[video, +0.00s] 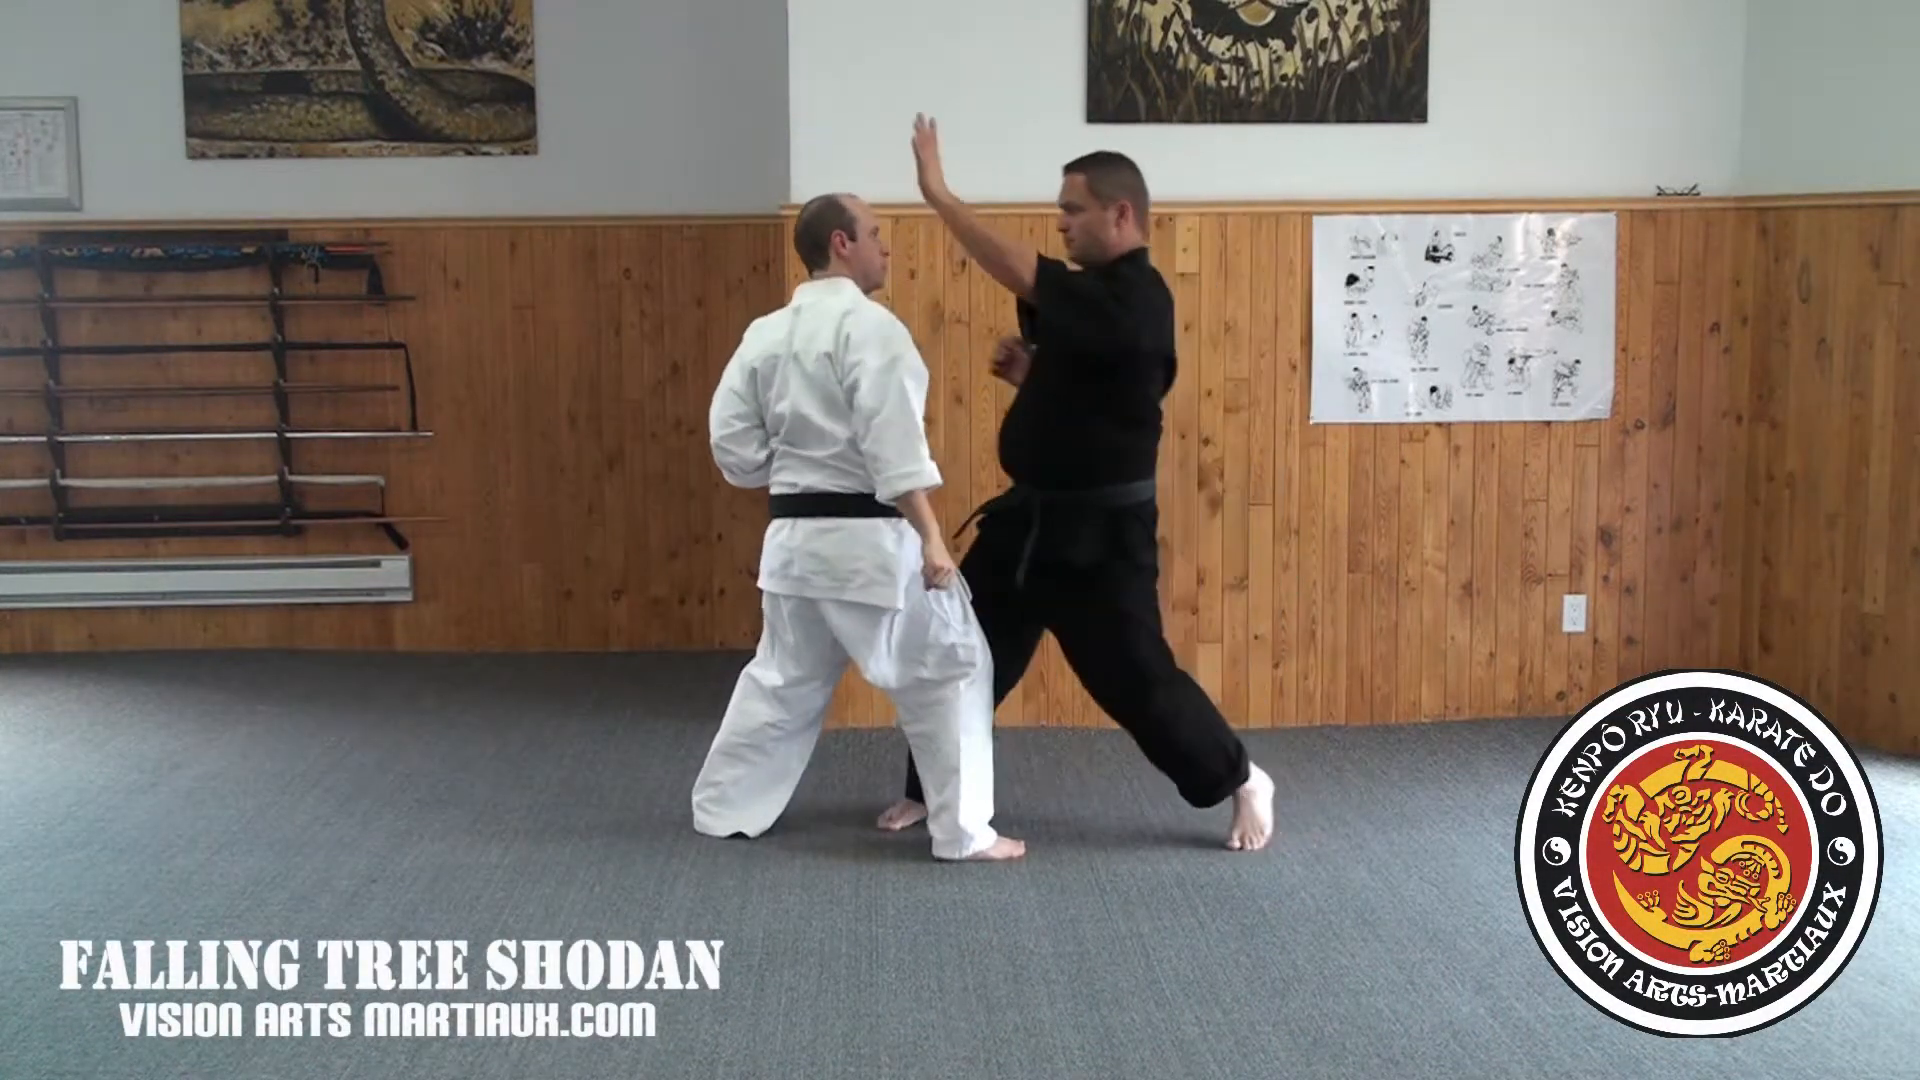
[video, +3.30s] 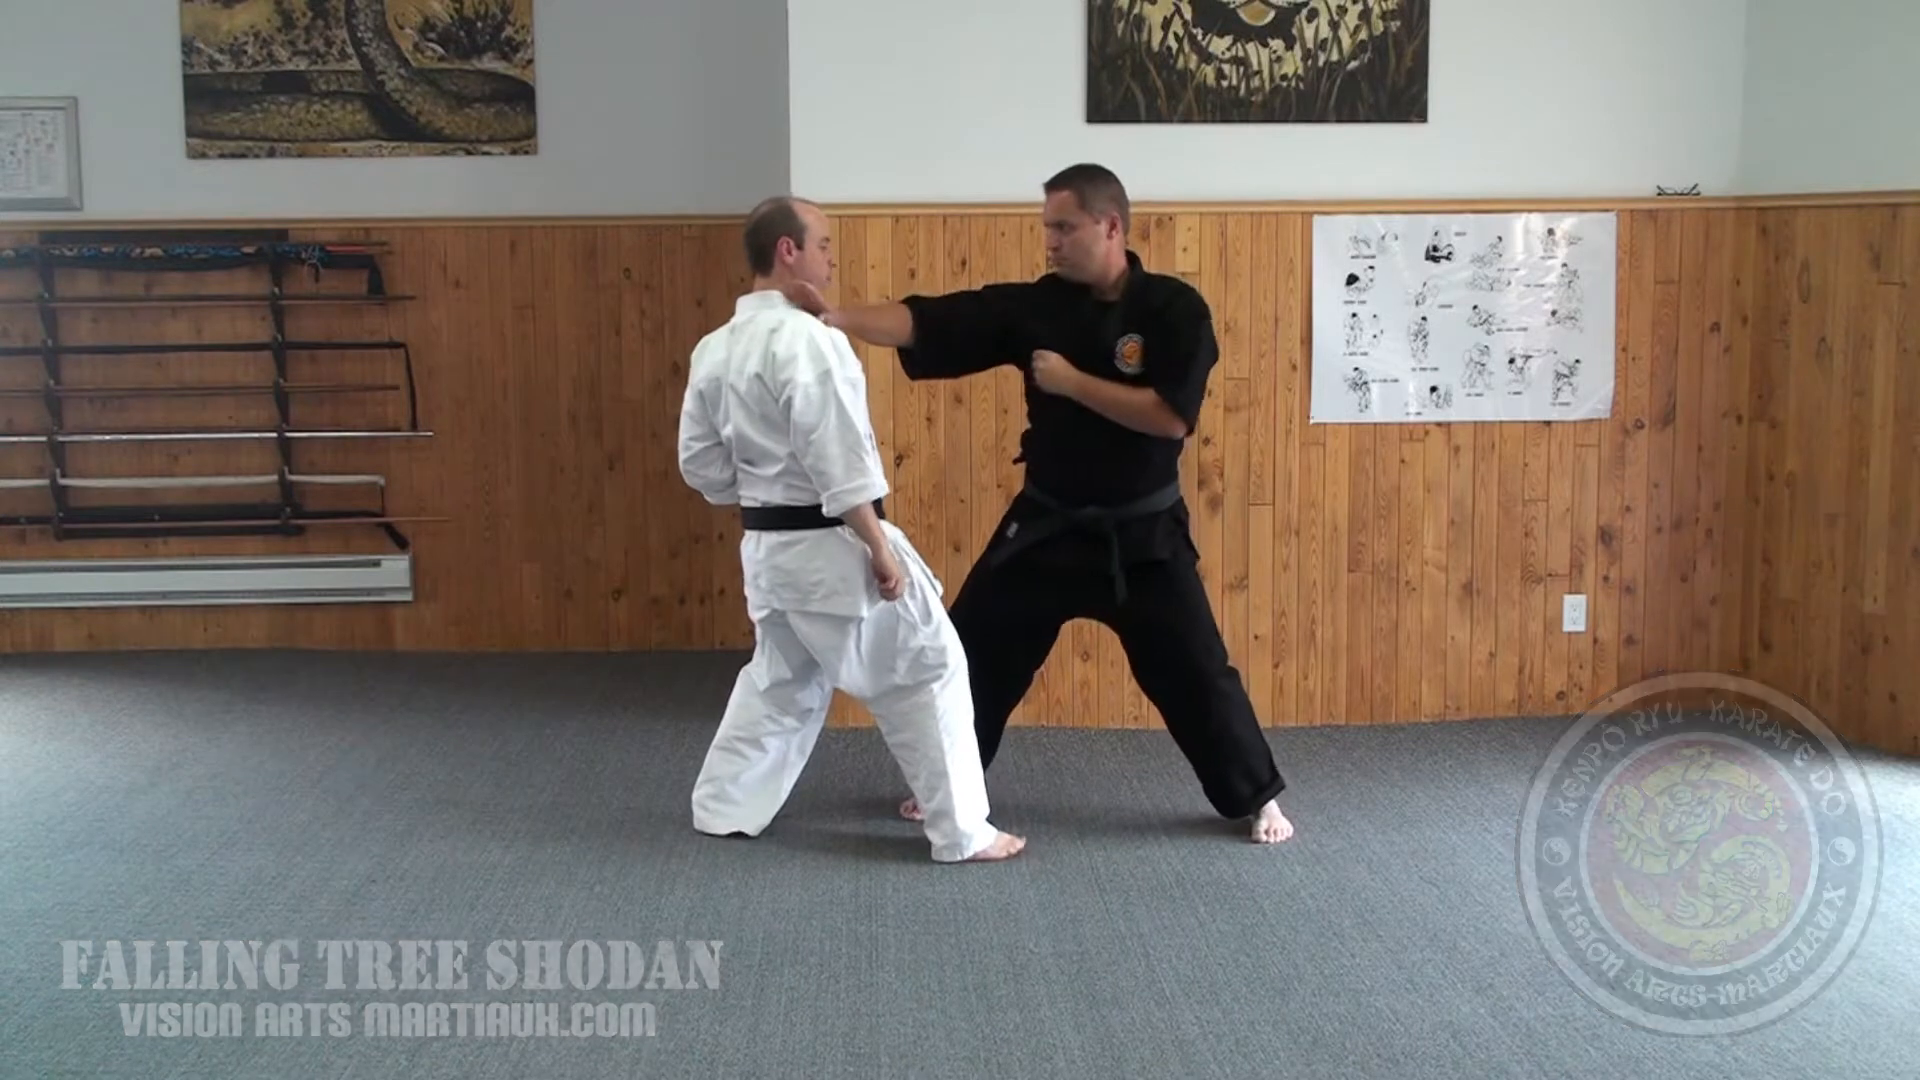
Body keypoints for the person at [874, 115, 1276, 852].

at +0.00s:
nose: (1061, 224)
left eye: (1073, 210)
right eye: (1061, 211)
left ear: (1123, 215)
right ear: (1105, 216)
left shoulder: (1135, 295)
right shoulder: (1089, 292)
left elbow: (1023, 275)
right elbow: (1104, 387)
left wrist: (939, 197)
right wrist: (1032, 370)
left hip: (1101, 515)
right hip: (1033, 508)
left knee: (1132, 670)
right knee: (961, 653)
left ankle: (1241, 781)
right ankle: (932, 794)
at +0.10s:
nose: (1043, 220)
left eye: (1055, 207)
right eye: (1043, 207)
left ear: (1104, 214)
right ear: (1088, 215)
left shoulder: (1131, 293)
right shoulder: (1060, 291)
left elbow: (1025, 293)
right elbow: (1036, 395)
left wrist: (955, 206)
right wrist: (989, 347)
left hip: (1102, 515)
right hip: (1023, 508)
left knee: (1142, 664)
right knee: (957, 648)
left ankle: (1227, 790)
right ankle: (922, 795)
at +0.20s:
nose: (1036, 216)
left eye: (1050, 205)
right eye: (1038, 204)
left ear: (1099, 210)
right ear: (1076, 210)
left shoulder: (1136, 290)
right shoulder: (1033, 286)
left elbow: (1044, 349)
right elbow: (947, 353)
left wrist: (978, 277)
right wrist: (959, 276)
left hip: (1107, 513)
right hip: (1021, 508)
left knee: (1157, 662)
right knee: (963, 653)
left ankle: (1236, 797)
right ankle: (923, 795)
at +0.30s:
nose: (1035, 213)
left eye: (1048, 205)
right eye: (1036, 201)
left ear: (1095, 215)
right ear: (1039, 201)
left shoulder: (1133, 286)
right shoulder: (1014, 268)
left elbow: (1071, 376)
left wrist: (1004, 330)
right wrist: (994, 186)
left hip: (1116, 509)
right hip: (1027, 504)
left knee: (1165, 659)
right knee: (970, 650)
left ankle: (1236, 801)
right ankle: (924, 794)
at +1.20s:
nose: (993, 253)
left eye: (1006, 242)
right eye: (992, 240)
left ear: (1055, 244)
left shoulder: (1107, 311)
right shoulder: (984, 316)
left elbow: (1075, 405)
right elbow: (877, 339)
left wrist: (990, 376)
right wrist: (914, 276)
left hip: (1109, 536)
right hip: (1014, 535)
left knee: (1165, 679)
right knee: (942, 661)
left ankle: (1245, 803)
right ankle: (913, 790)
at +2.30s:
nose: (1037, 230)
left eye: (1047, 217)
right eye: (1035, 218)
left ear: (1096, 219)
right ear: (1085, 221)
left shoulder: (1140, 294)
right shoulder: (1055, 296)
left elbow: (1067, 383)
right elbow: (975, 359)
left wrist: (1006, 315)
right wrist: (890, 383)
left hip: (1135, 517)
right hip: (1055, 514)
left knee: (1170, 665)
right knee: (994, 654)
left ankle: (1254, 792)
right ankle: (963, 787)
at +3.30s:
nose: (1049, 242)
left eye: (1062, 228)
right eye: (1046, 229)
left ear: (1110, 229)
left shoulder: (1174, 308)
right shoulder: (1033, 307)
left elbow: (1173, 417)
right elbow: (922, 321)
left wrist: (1074, 384)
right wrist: (830, 317)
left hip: (1142, 530)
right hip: (1043, 526)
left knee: (1197, 669)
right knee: (973, 653)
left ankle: (1257, 796)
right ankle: (946, 785)